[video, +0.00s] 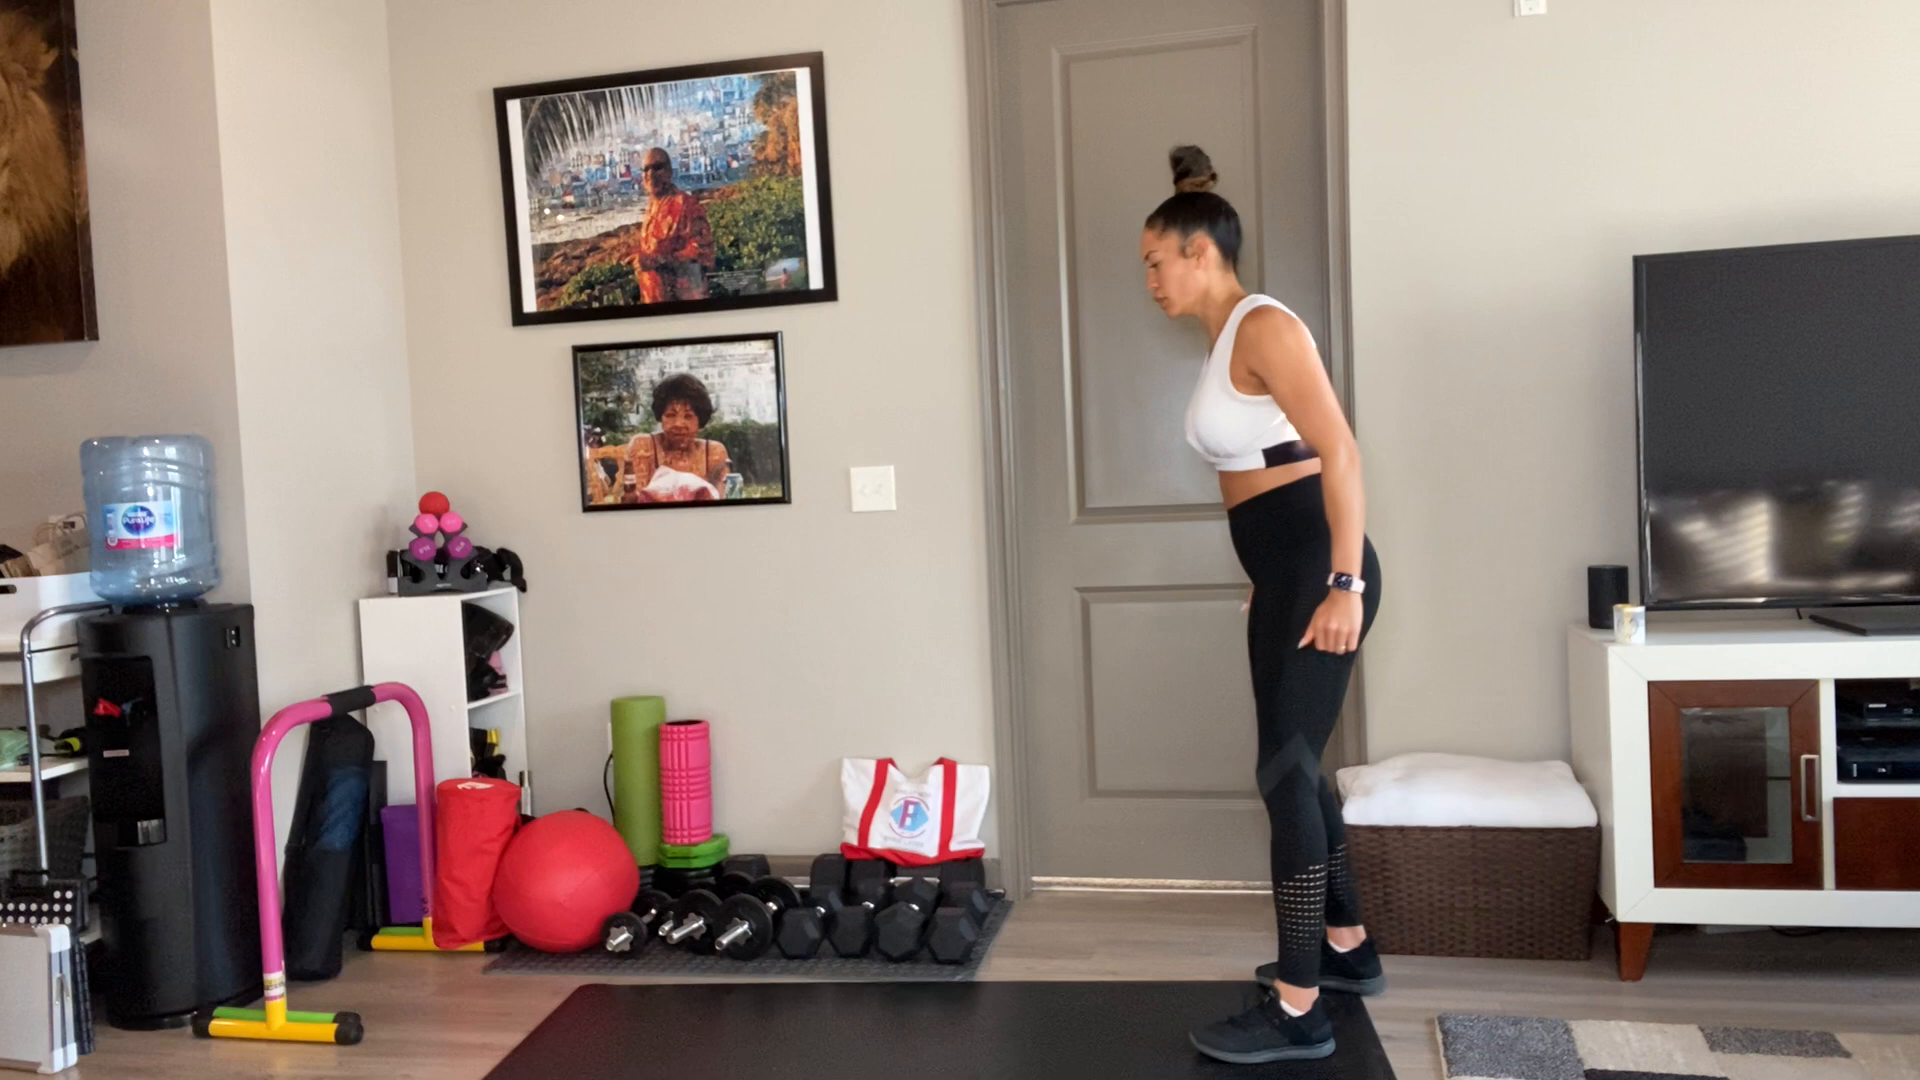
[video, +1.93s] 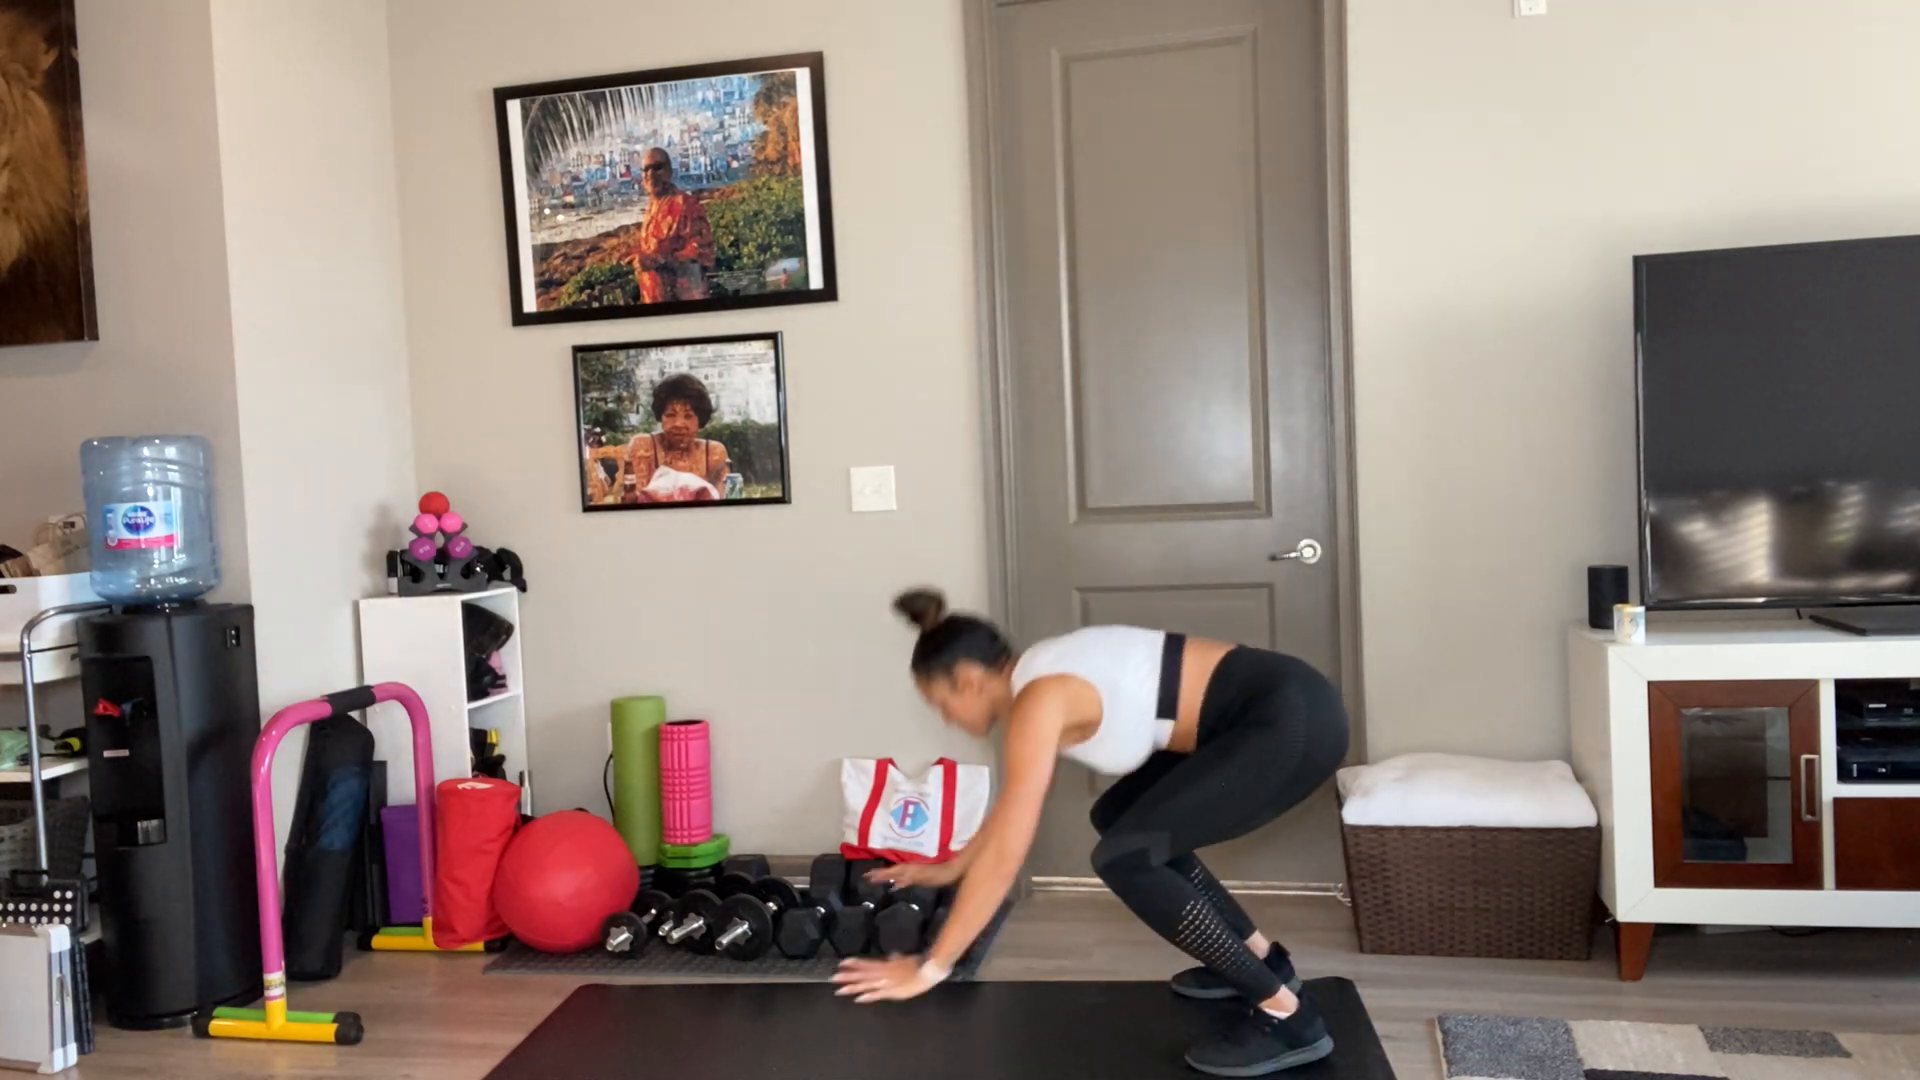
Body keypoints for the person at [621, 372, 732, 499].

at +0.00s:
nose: (679, 424)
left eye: (688, 416)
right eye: (671, 415)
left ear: (700, 420)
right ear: (660, 418)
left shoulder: (715, 451)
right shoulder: (641, 446)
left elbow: (719, 500)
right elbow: (636, 499)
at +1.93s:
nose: (679, 424)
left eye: (688, 416)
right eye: (670, 415)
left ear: (700, 420)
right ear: (660, 418)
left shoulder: (715, 451)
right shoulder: (641, 446)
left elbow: (718, 501)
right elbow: (638, 499)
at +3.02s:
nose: (679, 424)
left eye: (688, 416)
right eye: (671, 415)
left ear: (701, 420)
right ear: (660, 418)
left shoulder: (715, 451)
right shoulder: (641, 446)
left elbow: (720, 500)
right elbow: (636, 499)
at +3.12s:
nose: (679, 424)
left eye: (688, 416)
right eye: (670, 415)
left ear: (701, 420)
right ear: (660, 418)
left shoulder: (715, 451)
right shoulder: (641, 446)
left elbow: (721, 500)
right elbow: (634, 499)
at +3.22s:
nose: (679, 424)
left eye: (688, 416)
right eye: (670, 415)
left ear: (701, 420)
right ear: (660, 418)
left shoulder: (715, 451)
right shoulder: (641, 446)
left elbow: (721, 500)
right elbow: (634, 499)